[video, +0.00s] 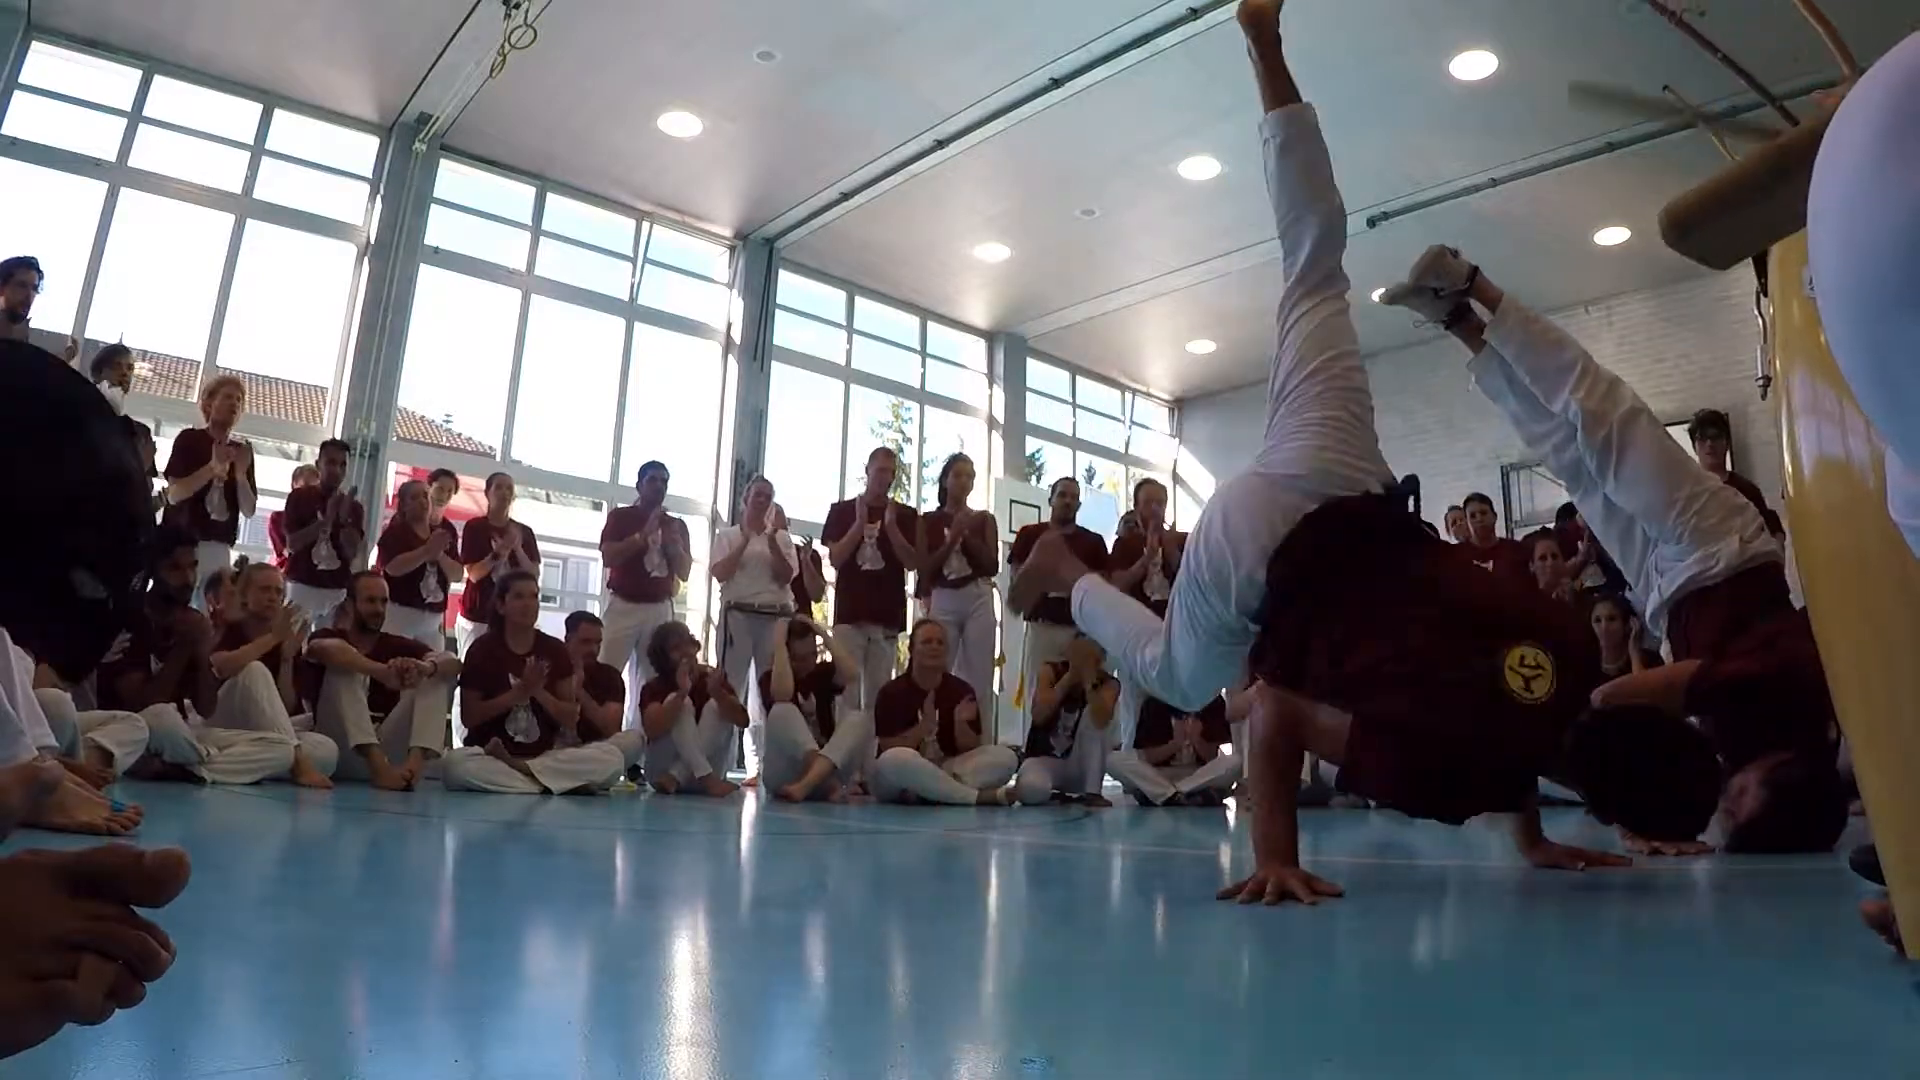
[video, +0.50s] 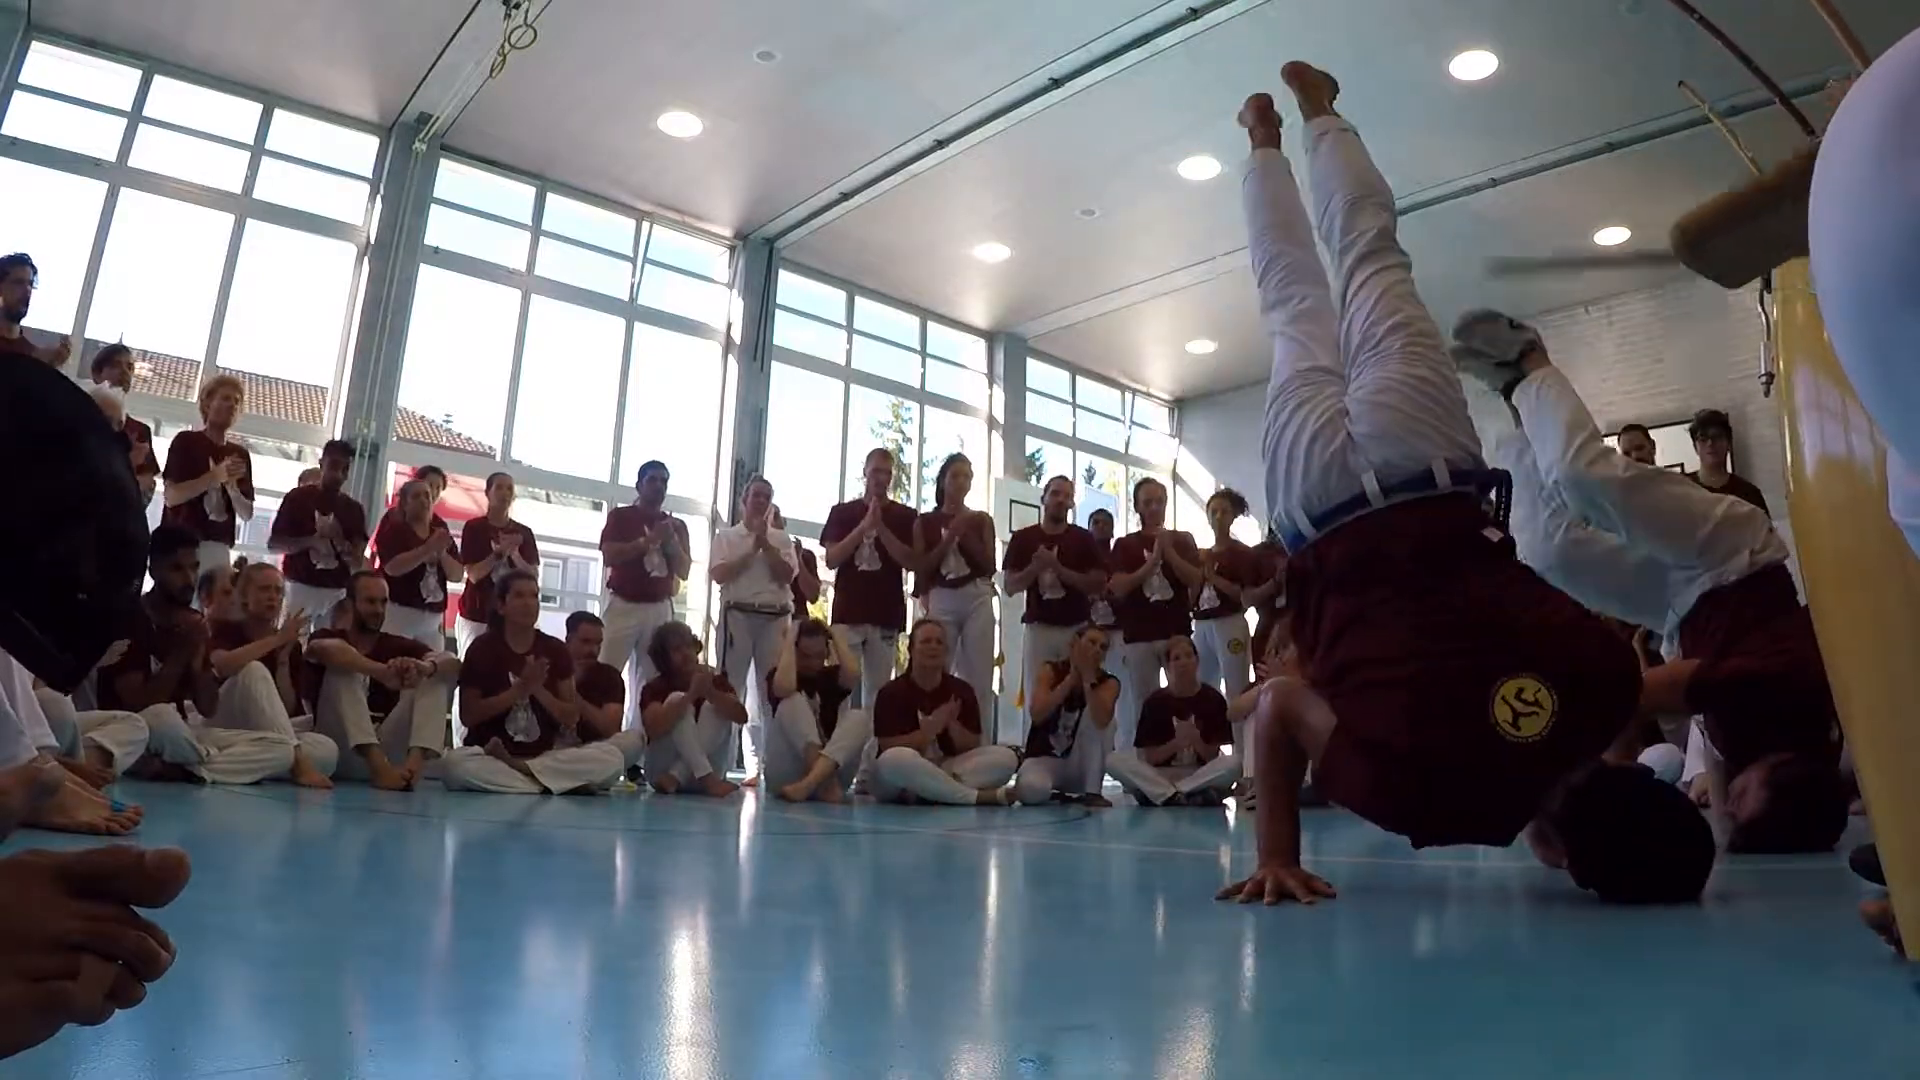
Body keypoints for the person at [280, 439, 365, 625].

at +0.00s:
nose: (337, 470)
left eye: (342, 465)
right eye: (331, 463)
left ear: (346, 469)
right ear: (318, 465)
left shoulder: (353, 508)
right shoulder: (299, 497)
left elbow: (351, 551)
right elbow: (293, 543)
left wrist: (345, 519)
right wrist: (326, 520)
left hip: (335, 589)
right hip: (301, 584)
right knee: (292, 650)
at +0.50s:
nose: (338, 475)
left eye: (344, 470)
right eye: (333, 467)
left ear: (349, 471)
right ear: (321, 463)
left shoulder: (354, 509)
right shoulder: (296, 498)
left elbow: (356, 561)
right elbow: (275, 543)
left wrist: (339, 540)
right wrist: (312, 540)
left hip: (336, 592)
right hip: (298, 589)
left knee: (327, 660)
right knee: (289, 655)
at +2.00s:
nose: (340, 473)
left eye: (346, 468)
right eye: (335, 465)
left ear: (350, 471)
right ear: (323, 464)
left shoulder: (354, 510)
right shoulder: (297, 498)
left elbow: (356, 563)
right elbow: (286, 547)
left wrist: (357, 543)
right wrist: (308, 521)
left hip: (335, 592)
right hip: (299, 587)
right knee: (291, 652)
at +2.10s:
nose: (340, 473)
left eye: (346, 468)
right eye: (335, 465)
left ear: (350, 471)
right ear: (323, 464)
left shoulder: (354, 509)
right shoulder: (299, 497)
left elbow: (349, 553)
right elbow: (293, 543)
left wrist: (343, 525)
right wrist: (315, 530)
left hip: (335, 588)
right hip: (300, 584)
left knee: (329, 653)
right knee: (292, 649)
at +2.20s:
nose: (340, 473)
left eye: (346, 468)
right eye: (335, 465)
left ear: (350, 472)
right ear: (323, 465)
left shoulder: (352, 508)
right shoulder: (299, 497)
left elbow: (354, 555)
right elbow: (292, 543)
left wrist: (352, 526)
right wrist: (316, 519)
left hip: (336, 588)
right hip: (301, 584)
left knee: (330, 653)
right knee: (291, 649)